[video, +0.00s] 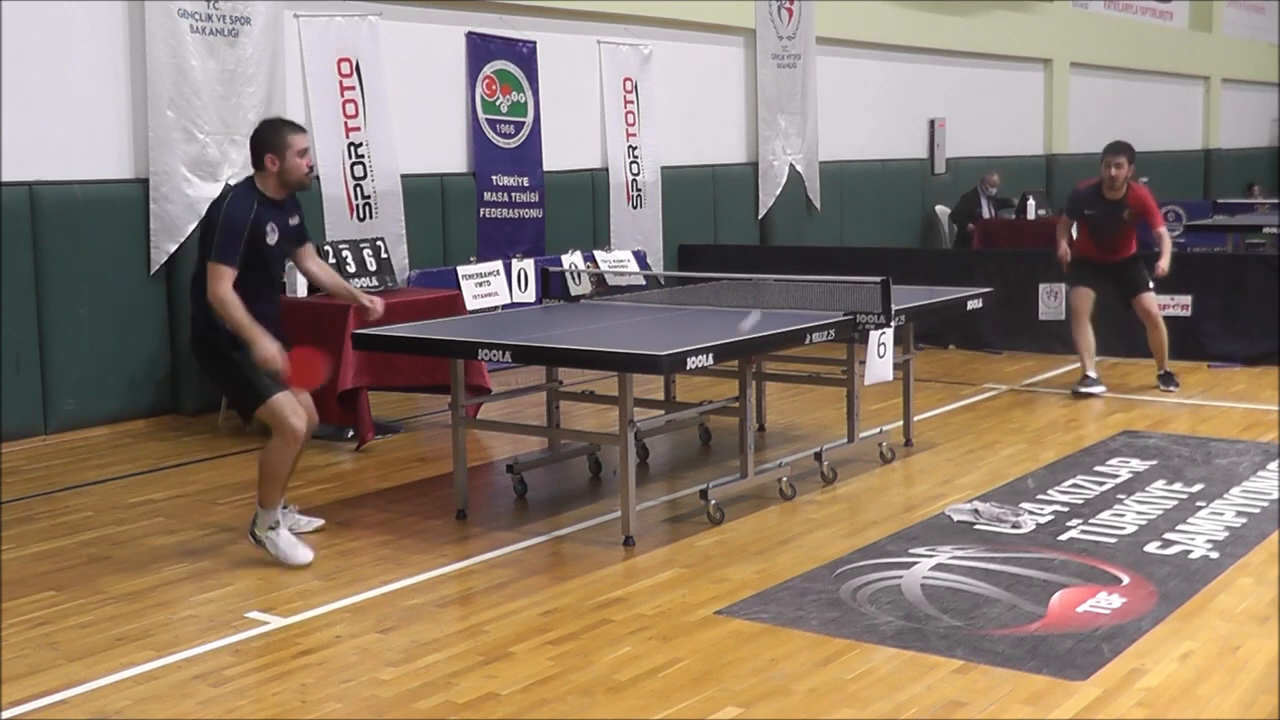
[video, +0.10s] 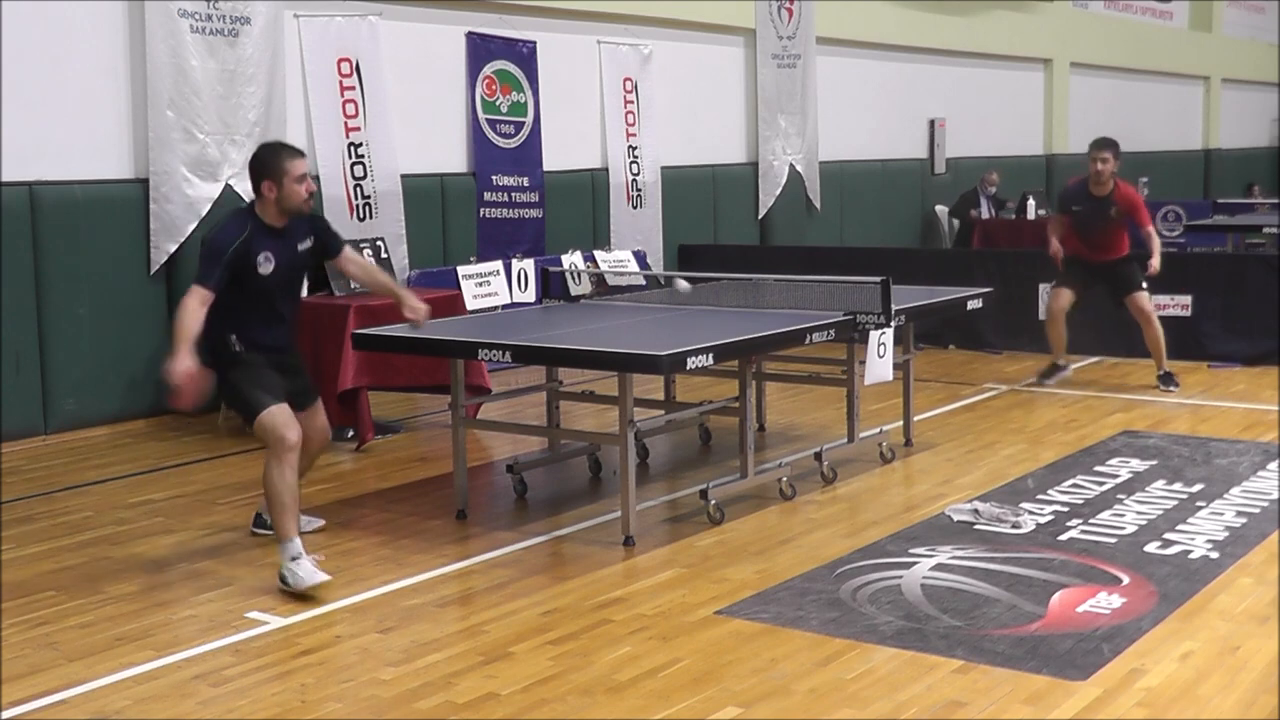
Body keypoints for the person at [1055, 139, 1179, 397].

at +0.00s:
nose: (1112, 172)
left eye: (1119, 166)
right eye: (1108, 166)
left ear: (1129, 170)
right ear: (1101, 167)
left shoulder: (1140, 196)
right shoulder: (1082, 194)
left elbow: (1162, 234)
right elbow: (1064, 223)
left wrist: (1164, 259)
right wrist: (1063, 244)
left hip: (1126, 261)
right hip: (1088, 261)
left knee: (1152, 313)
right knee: (1079, 309)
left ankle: (1163, 372)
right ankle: (1090, 375)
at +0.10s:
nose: (1098, 167)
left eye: (1104, 161)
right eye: (1094, 161)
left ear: (1115, 165)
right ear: (1088, 162)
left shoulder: (1128, 196)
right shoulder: (1072, 192)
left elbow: (1149, 232)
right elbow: (1057, 221)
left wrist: (1155, 256)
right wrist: (1054, 240)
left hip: (1119, 263)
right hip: (1080, 263)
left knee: (1145, 311)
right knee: (1055, 307)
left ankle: (1163, 371)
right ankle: (1059, 363)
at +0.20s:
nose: (1070, 157)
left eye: (1076, 151)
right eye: (1066, 151)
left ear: (1088, 154)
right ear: (1061, 154)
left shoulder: (1104, 186)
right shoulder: (1048, 188)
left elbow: (1122, 217)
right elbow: (1027, 218)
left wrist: (1138, 243)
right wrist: (1027, 234)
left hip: (1099, 263)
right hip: (1057, 265)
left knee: (1126, 309)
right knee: (1032, 319)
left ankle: (1160, 370)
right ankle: (1036, 362)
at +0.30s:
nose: (1051, 152)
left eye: (1056, 147)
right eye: (1047, 147)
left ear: (1068, 149)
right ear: (1042, 149)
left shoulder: (1085, 180)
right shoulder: (1030, 183)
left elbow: (1104, 209)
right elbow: (1011, 212)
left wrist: (1123, 234)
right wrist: (1008, 229)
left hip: (1081, 259)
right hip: (1039, 260)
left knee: (1111, 311)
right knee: (1017, 315)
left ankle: (1146, 365)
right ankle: (1036, 362)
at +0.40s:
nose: (1031, 139)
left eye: (1037, 133)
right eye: (1027, 133)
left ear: (1049, 136)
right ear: (1022, 136)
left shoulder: (1066, 165)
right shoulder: (1011, 168)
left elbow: (1094, 196)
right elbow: (994, 199)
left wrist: (1101, 222)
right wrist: (985, 221)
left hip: (1061, 242)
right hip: (1024, 244)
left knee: (1074, 292)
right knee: (1010, 300)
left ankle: (1093, 357)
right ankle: (1032, 358)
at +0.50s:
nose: (1020, 135)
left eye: (1026, 130)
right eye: (1016, 130)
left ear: (1038, 131)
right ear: (1012, 132)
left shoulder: (1055, 161)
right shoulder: (1003, 162)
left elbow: (1085, 192)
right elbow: (986, 196)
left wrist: (1079, 220)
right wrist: (975, 223)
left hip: (1050, 237)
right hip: (1013, 237)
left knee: (1057, 293)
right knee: (997, 294)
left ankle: (1064, 353)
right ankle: (1016, 349)